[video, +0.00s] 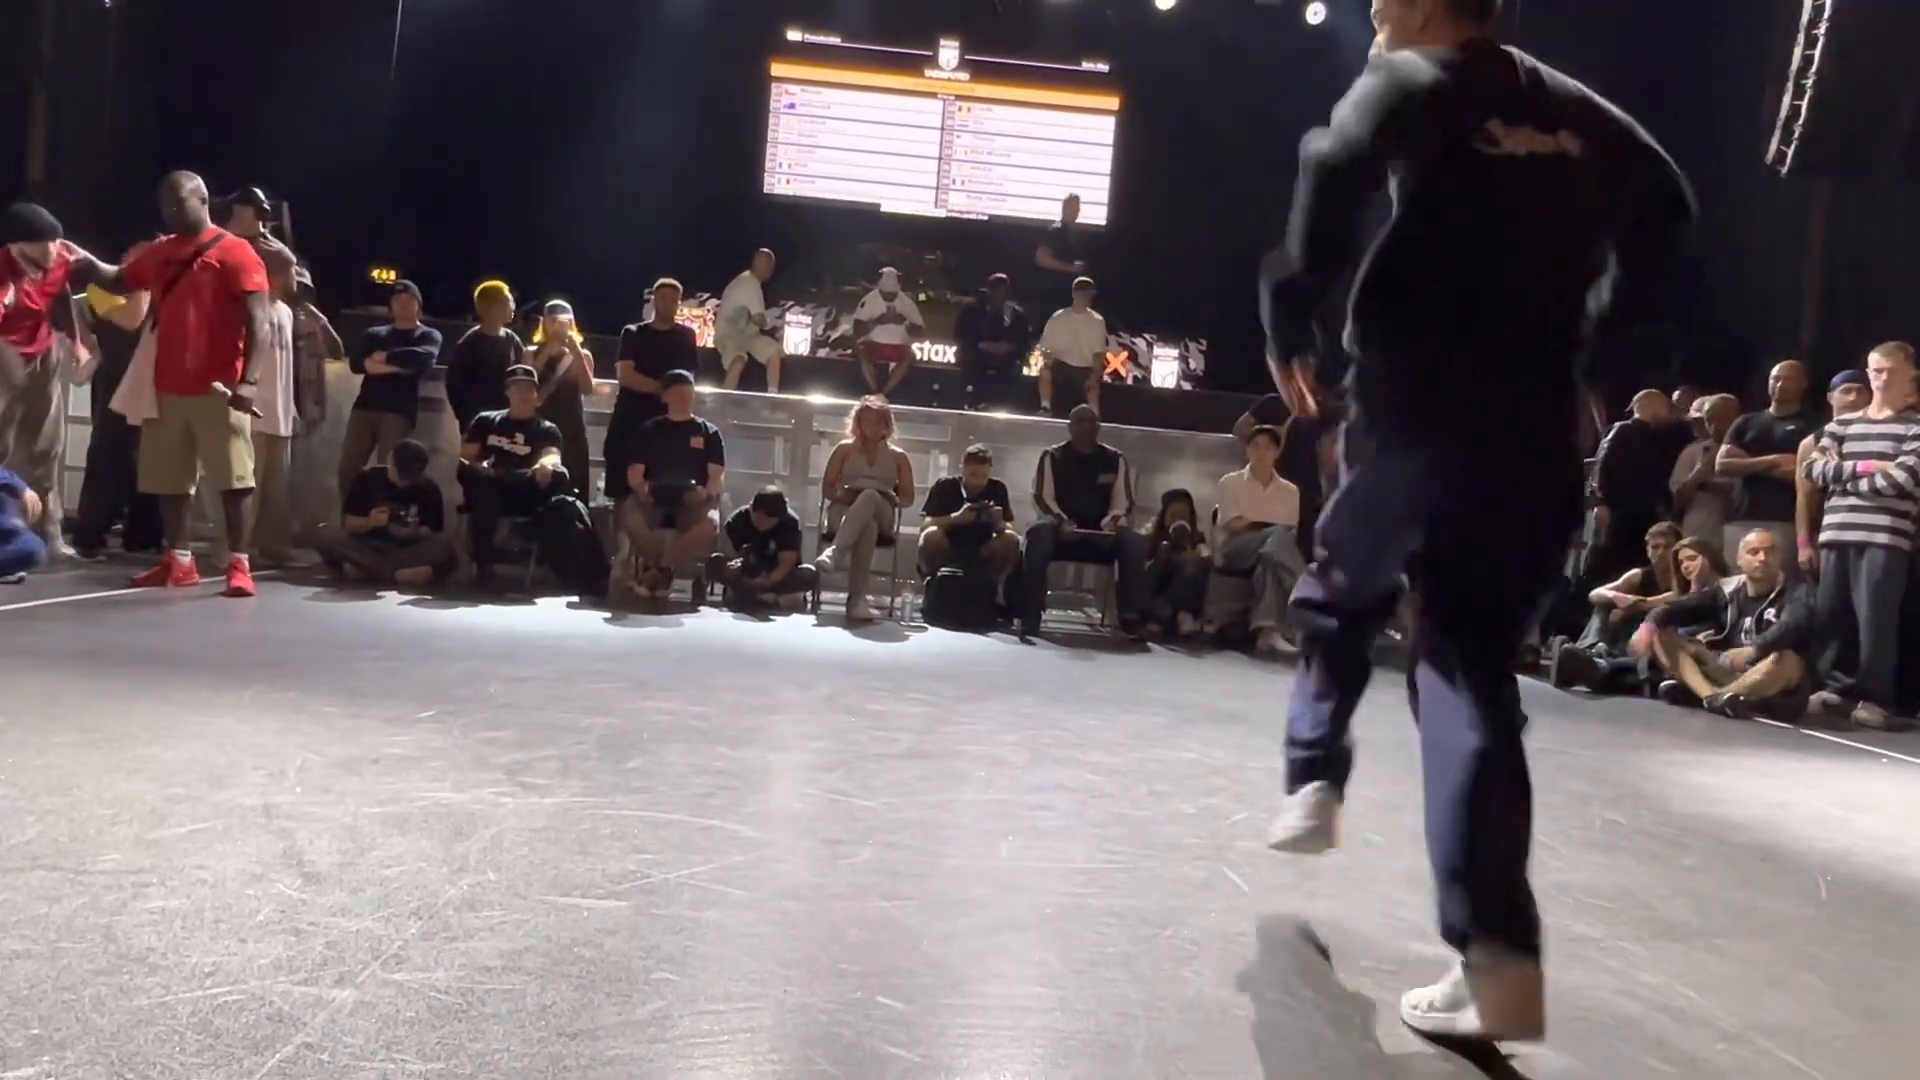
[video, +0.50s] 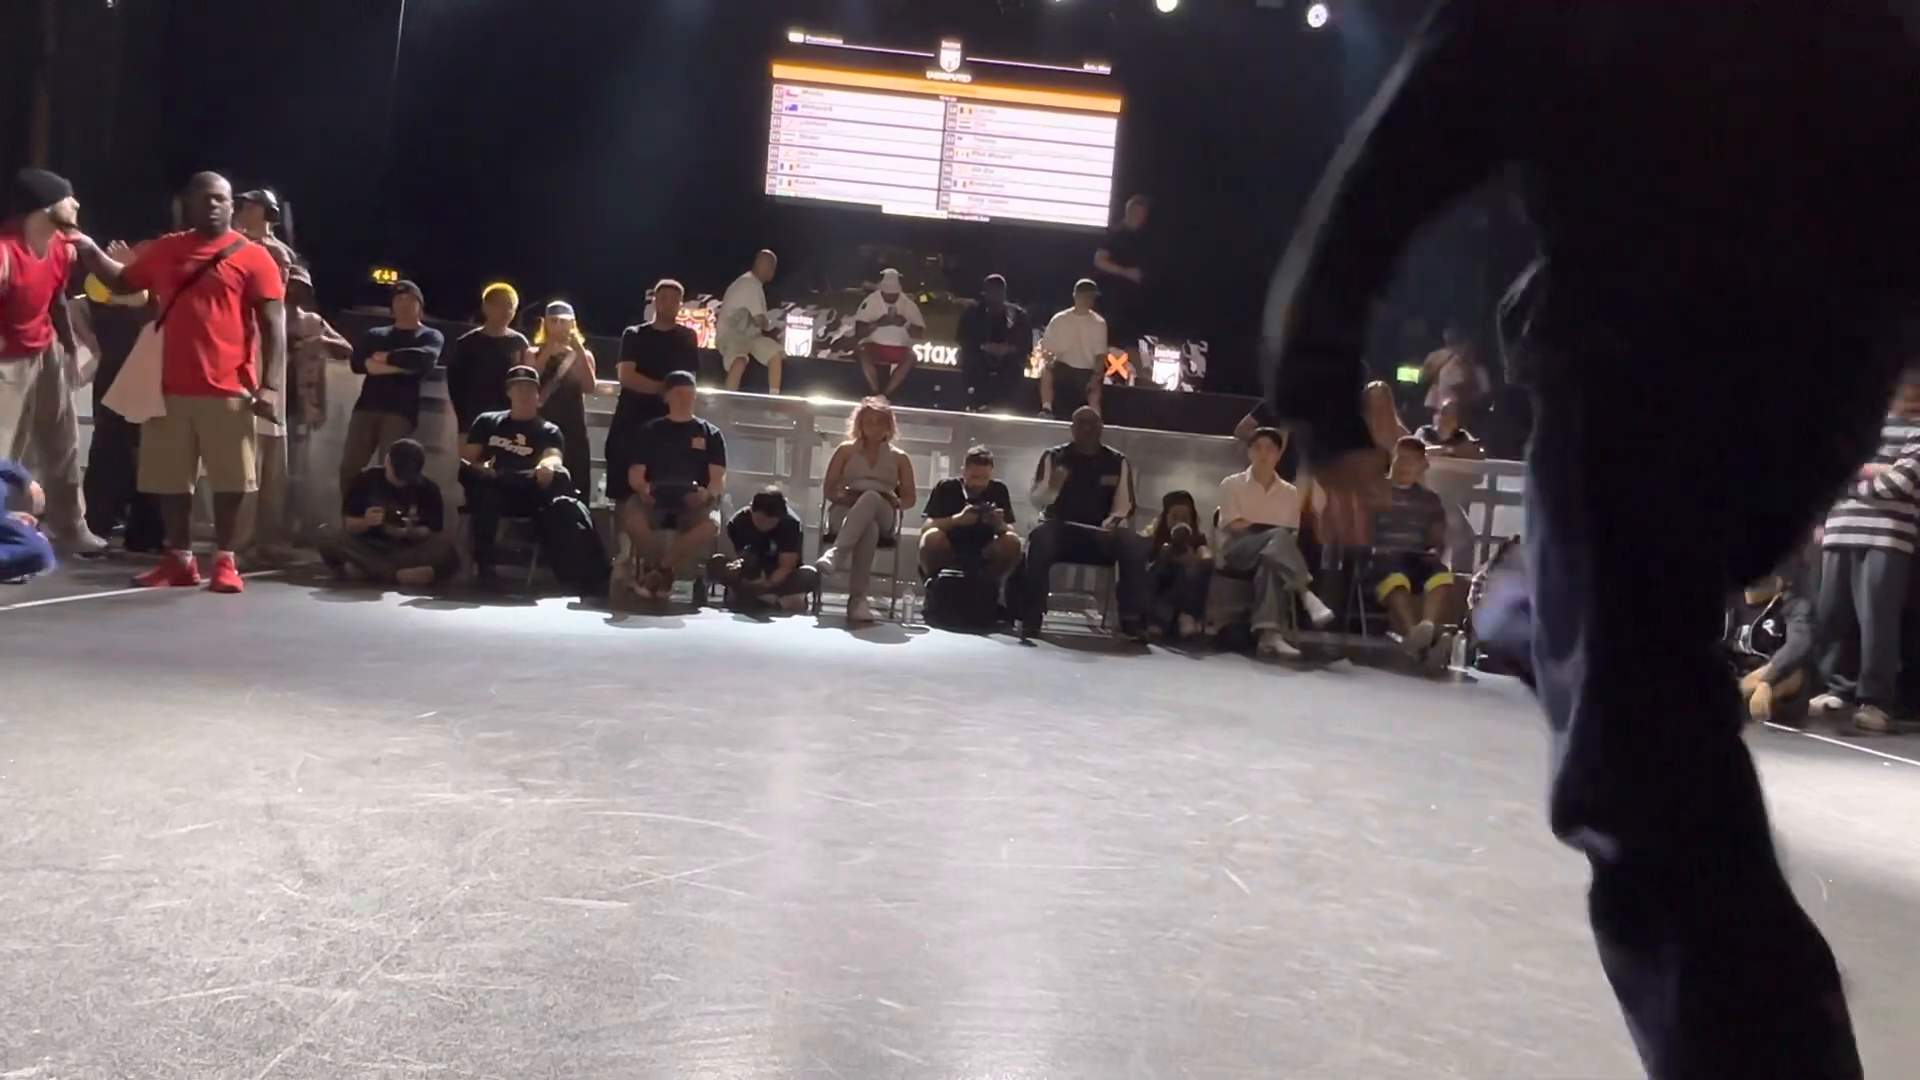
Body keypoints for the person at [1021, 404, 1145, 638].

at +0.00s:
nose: (1086, 427)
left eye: (1091, 422)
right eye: (1079, 422)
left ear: (1099, 426)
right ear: (1069, 426)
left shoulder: (1115, 459)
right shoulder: (1052, 456)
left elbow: (1122, 501)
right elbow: (1044, 497)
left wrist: (1113, 519)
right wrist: (1060, 520)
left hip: (1100, 536)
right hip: (1066, 534)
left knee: (1131, 540)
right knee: (1039, 533)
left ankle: (1130, 618)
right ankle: (1030, 619)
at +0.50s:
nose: (1087, 429)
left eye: (1093, 423)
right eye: (1081, 423)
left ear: (1102, 428)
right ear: (1071, 428)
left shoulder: (1118, 462)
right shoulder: (1053, 457)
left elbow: (1123, 503)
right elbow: (1037, 500)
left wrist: (1114, 519)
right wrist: (1053, 486)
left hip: (1099, 535)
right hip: (1062, 533)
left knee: (1132, 541)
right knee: (1040, 536)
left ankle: (1132, 619)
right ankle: (1031, 619)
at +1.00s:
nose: (1086, 430)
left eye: (1092, 424)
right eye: (1080, 425)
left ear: (1101, 430)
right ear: (1072, 430)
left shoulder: (1120, 463)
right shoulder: (1061, 455)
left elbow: (1124, 504)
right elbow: (1036, 464)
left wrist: (1115, 520)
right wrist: (1058, 429)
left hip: (1099, 535)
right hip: (1062, 532)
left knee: (1131, 543)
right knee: (1043, 537)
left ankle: (1131, 622)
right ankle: (1031, 621)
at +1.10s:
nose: (1086, 431)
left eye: (1091, 425)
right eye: (1080, 426)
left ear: (1101, 430)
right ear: (1072, 430)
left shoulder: (1120, 464)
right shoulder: (1061, 455)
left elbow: (1123, 506)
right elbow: (1036, 463)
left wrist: (1114, 521)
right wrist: (1057, 429)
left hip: (1099, 536)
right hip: (1061, 533)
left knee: (1131, 543)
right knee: (1042, 537)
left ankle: (1131, 621)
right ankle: (1031, 621)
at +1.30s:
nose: (1083, 431)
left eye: (1089, 426)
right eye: (1077, 426)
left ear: (1098, 431)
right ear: (1070, 431)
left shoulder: (1117, 465)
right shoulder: (1058, 456)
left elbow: (1120, 507)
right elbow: (1034, 465)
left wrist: (1110, 524)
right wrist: (1054, 432)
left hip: (1096, 537)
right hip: (1059, 535)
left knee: (1129, 544)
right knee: (1039, 537)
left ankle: (1128, 623)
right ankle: (1029, 622)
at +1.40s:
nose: (1079, 433)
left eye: (1085, 428)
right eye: (1074, 428)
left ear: (1096, 431)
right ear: (1067, 431)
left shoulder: (1114, 464)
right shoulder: (1055, 456)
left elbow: (1118, 506)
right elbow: (1032, 473)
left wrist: (1108, 523)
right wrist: (1049, 437)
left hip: (1093, 537)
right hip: (1057, 535)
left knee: (1126, 544)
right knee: (1037, 538)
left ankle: (1125, 621)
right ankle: (1027, 621)